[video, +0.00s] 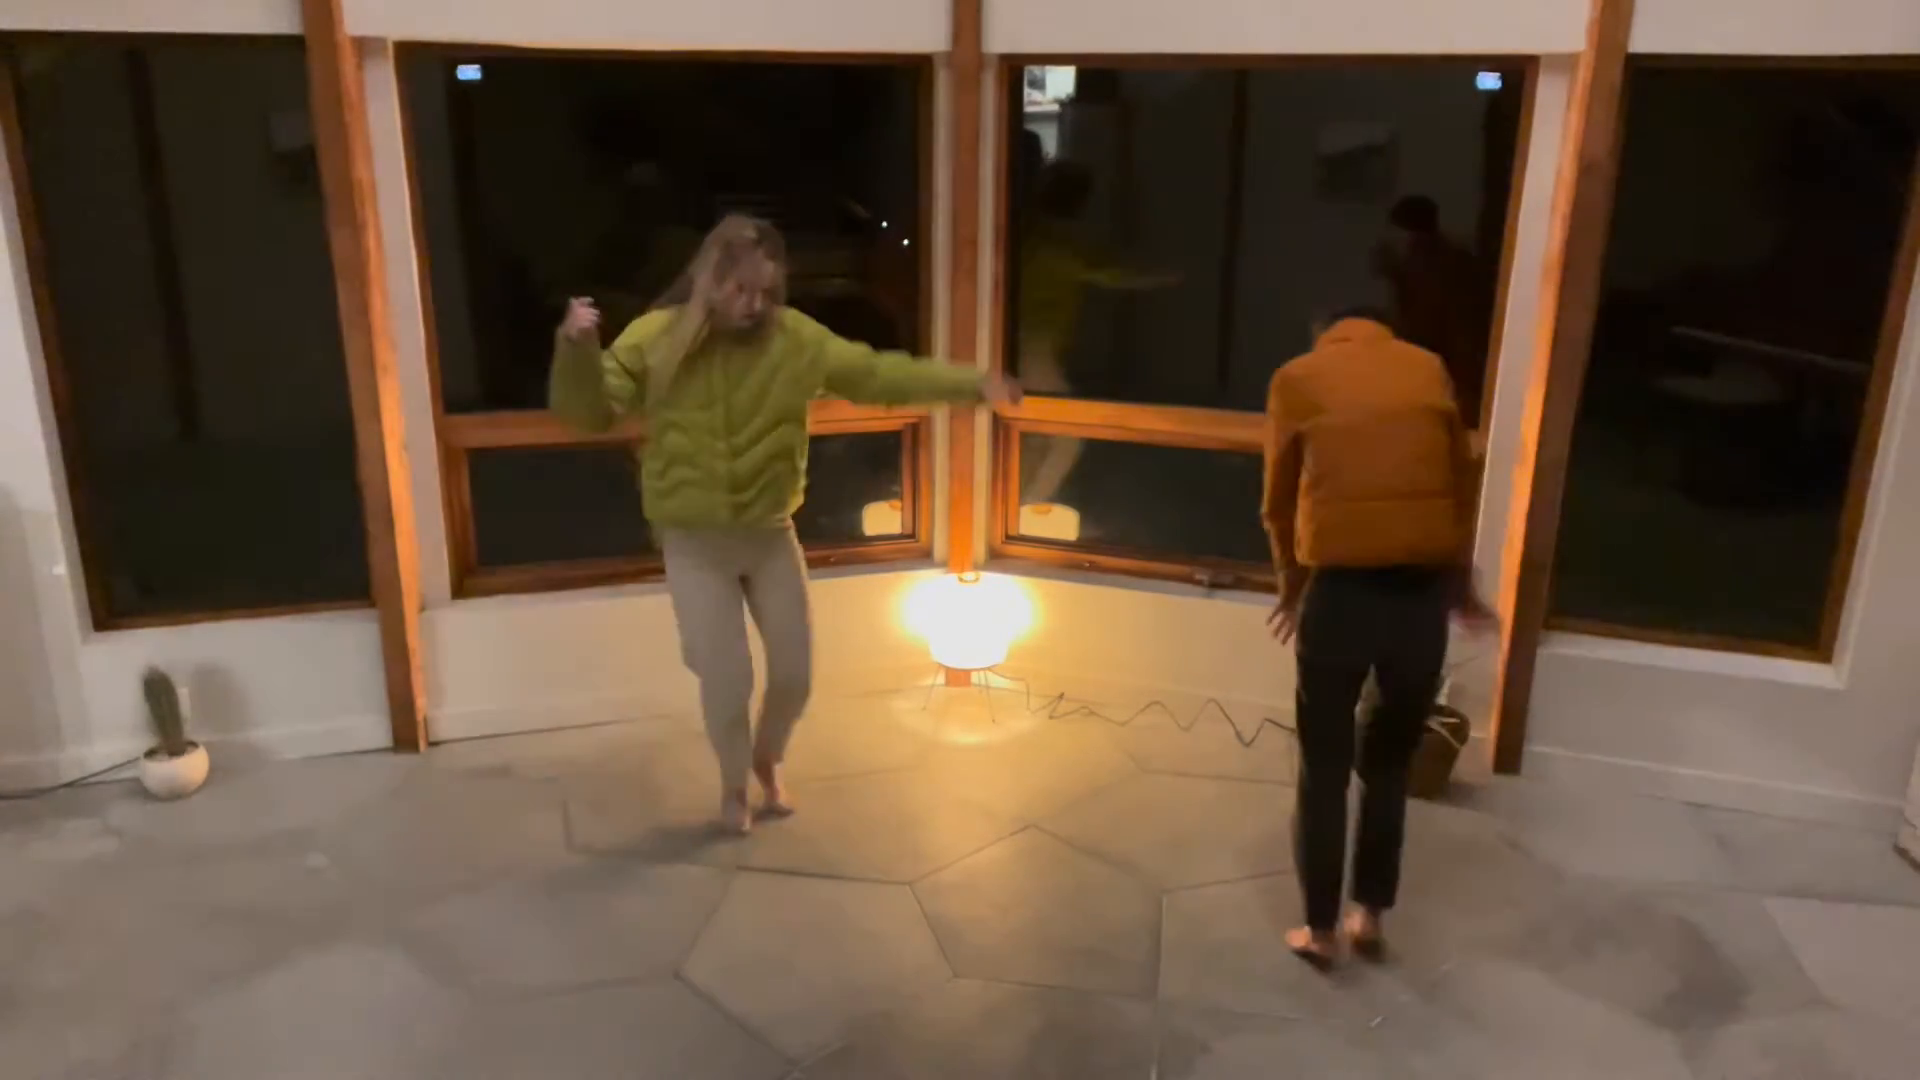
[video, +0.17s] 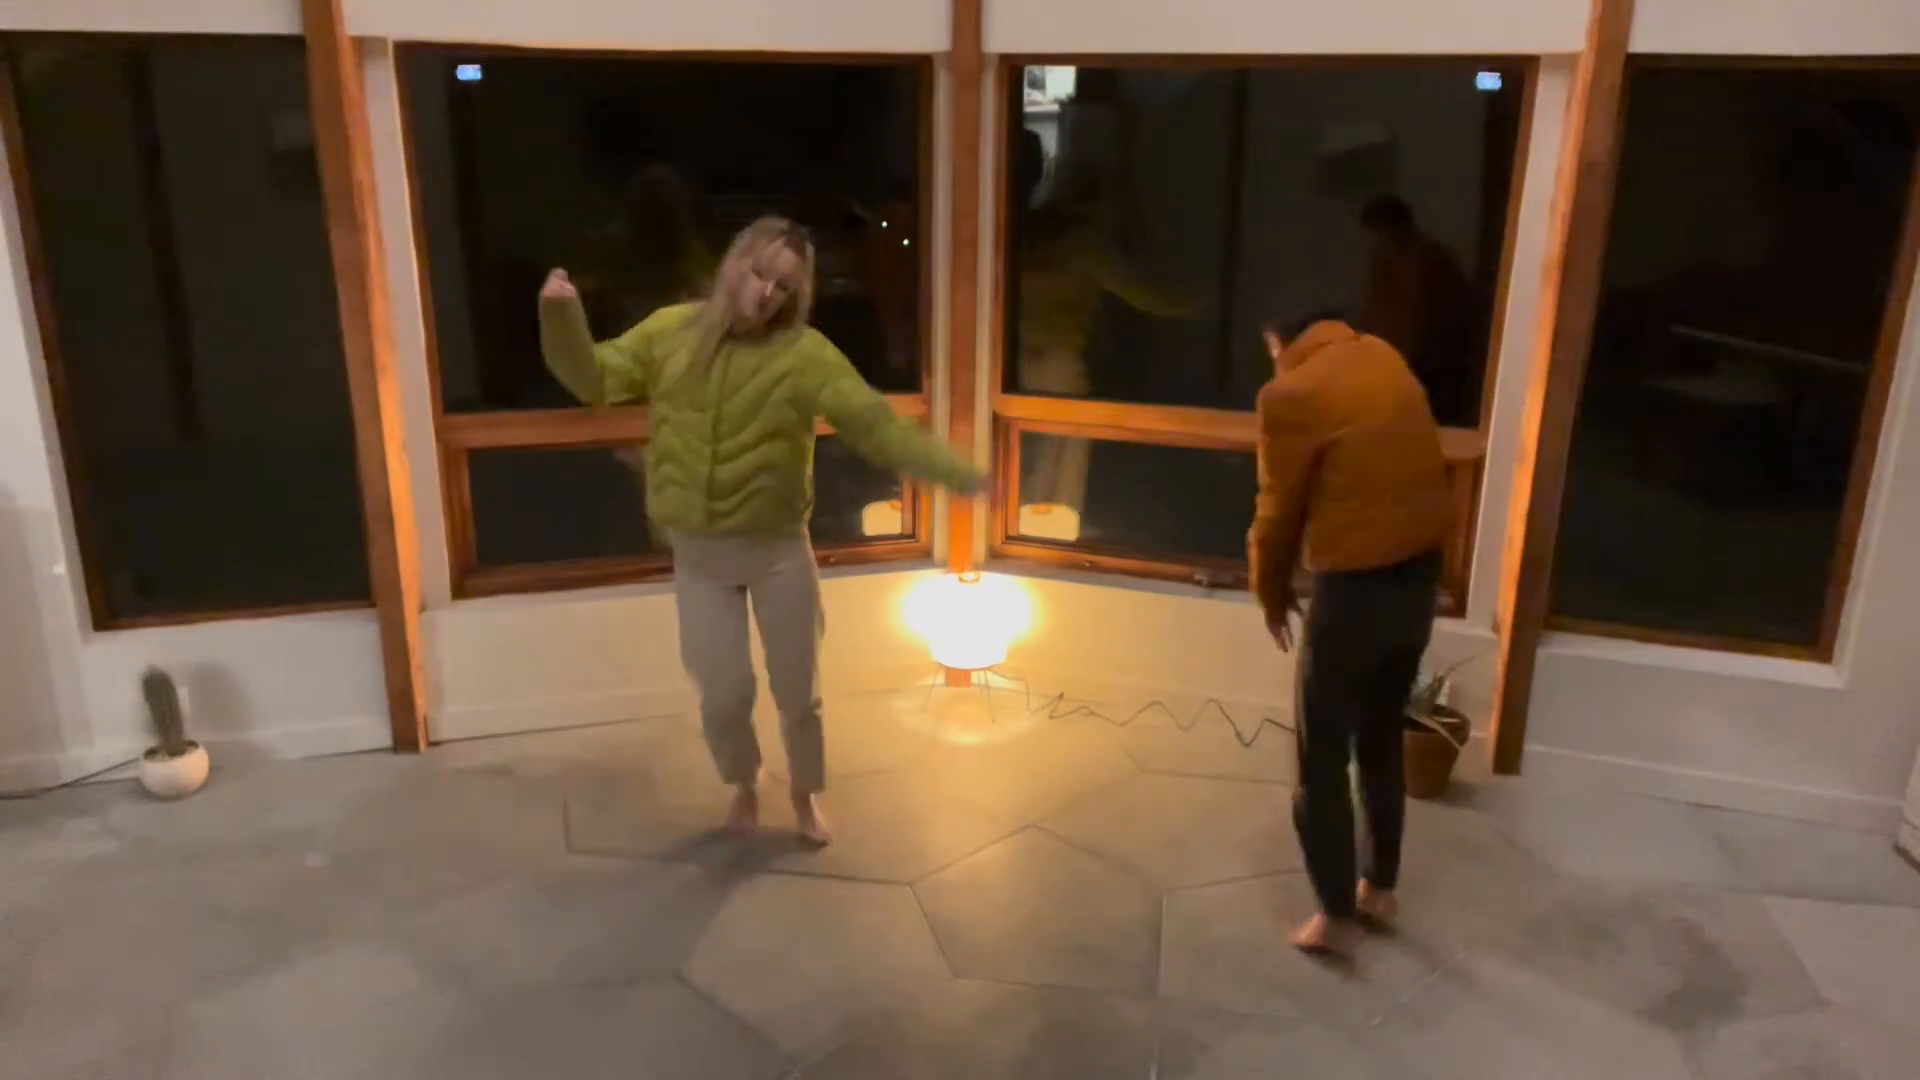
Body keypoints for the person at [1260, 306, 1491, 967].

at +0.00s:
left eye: (1314, 330)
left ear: (1323, 328)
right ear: (1385, 324)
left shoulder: (1297, 378)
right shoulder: (1428, 368)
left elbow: (1278, 499)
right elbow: (1460, 479)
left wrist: (1290, 583)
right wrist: (1462, 576)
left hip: (1338, 590)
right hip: (1420, 593)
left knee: (1323, 759)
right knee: (1389, 756)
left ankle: (1320, 926)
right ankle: (1367, 912)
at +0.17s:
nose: (1272, 362)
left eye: (1270, 349)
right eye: (1269, 349)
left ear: (1282, 340)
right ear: (1333, 323)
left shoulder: (1289, 395)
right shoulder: (1386, 359)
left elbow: (1279, 509)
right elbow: (1433, 471)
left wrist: (1273, 596)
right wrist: (1439, 568)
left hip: (1348, 586)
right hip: (1415, 578)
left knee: (1322, 752)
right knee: (1382, 733)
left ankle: (1335, 912)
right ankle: (1380, 886)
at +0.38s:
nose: (1251, 368)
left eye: (1255, 357)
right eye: (1248, 355)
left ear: (1287, 354)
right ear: (1298, 339)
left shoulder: (1330, 416)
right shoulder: (1324, 365)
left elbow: (1289, 538)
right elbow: (1270, 474)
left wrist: (1241, 622)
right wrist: (1244, 549)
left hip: (1353, 591)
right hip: (1318, 581)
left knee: (1319, 739)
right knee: (1277, 726)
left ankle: (1336, 890)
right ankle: (1302, 857)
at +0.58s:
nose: (1302, 357)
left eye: (1320, 352)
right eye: (1302, 342)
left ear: (1357, 351)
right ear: (1297, 329)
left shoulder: (1385, 412)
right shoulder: (1281, 343)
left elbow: (1345, 541)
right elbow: (1231, 433)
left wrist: (1317, 659)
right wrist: (1220, 539)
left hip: (1337, 577)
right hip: (1274, 562)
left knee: (1311, 731)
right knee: (1257, 724)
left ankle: (1303, 871)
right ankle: (1266, 853)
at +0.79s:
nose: (1374, 340)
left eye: (1393, 332)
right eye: (1369, 319)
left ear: (1409, 335)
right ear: (1345, 301)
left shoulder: (1406, 404)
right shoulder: (1292, 335)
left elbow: (1421, 521)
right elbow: (1227, 430)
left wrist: (1463, 628)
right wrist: (1250, 537)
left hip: (1331, 567)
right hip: (1255, 554)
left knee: (1316, 733)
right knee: (1239, 725)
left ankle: (1294, 882)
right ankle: (1219, 850)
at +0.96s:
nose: (1408, 330)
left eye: (1416, 319)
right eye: (1400, 312)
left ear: (1413, 322)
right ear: (1359, 300)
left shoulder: (1378, 380)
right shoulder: (1302, 340)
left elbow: (1415, 497)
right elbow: (1258, 453)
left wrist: (1486, 583)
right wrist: (1315, 549)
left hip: (1322, 568)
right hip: (1266, 557)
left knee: (1300, 728)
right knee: (1259, 725)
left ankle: (1255, 841)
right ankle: (1216, 851)